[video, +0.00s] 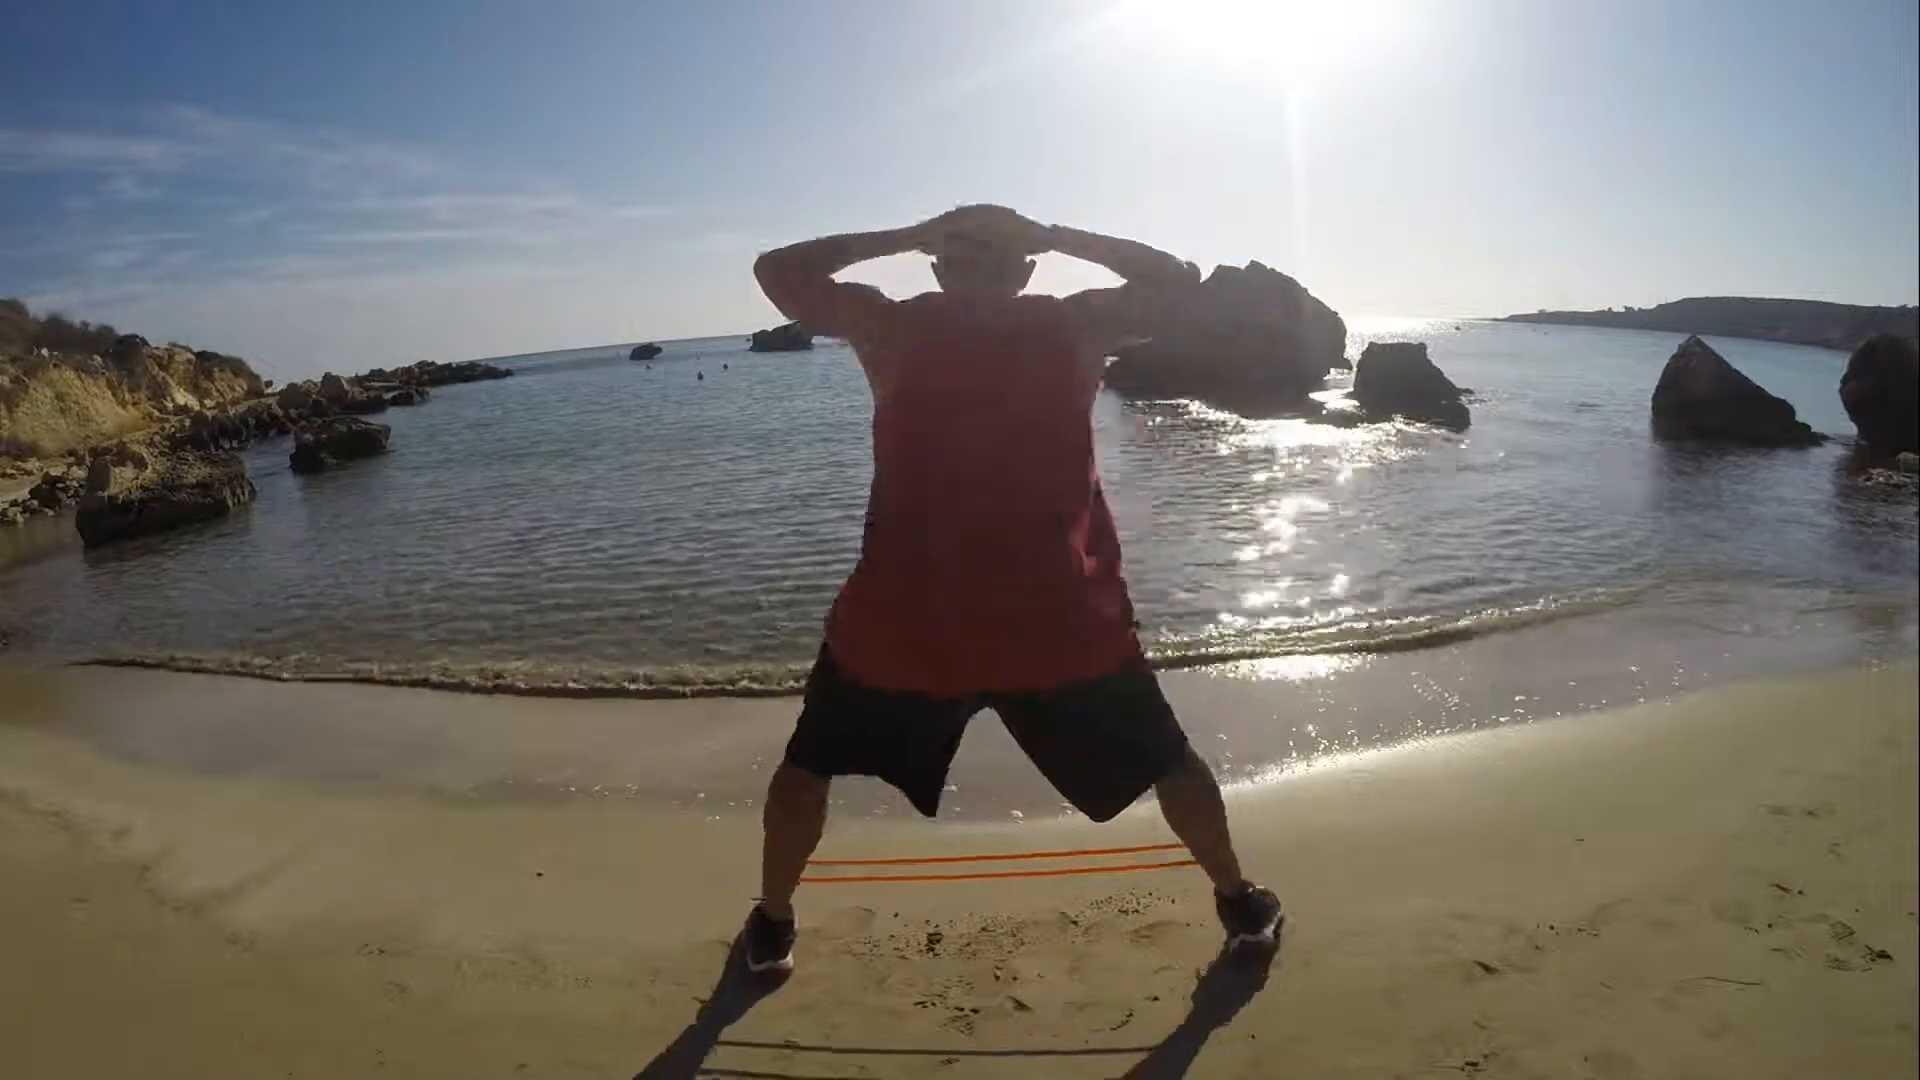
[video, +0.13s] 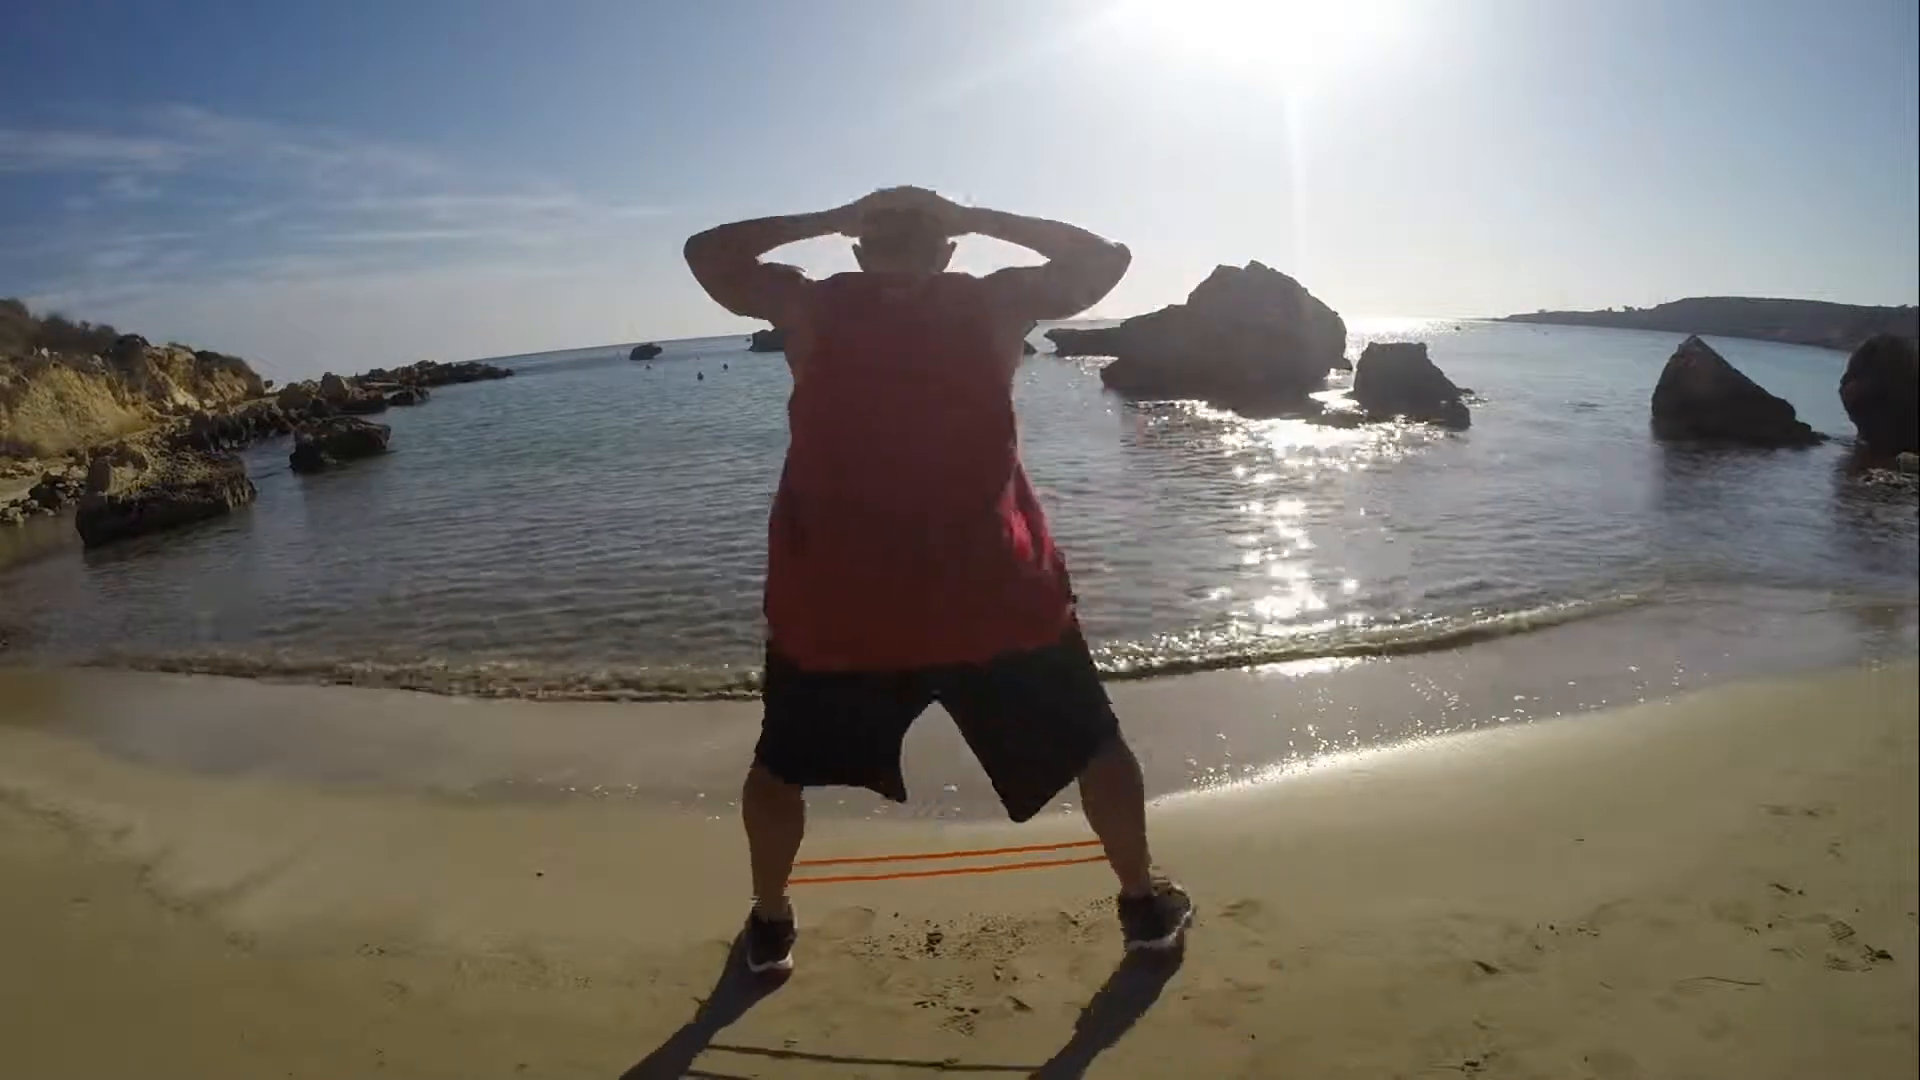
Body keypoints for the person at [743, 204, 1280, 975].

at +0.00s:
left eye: (961, 247)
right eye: (999, 247)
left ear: (942, 260)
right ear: (1025, 263)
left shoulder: (891, 327)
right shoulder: (1072, 325)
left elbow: (779, 269)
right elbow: (1179, 279)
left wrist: (908, 236)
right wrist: (1057, 236)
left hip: (907, 607)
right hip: (1055, 607)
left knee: (807, 764)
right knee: (1169, 758)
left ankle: (769, 926)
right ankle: (1238, 903)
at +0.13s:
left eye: (880, 220)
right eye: (925, 220)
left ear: (860, 244)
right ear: (946, 244)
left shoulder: (809, 306)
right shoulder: (991, 303)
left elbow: (708, 251)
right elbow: (1102, 257)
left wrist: (830, 220)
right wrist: (974, 217)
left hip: (833, 585)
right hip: (985, 575)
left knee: (779, 761)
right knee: (1094, 739)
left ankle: (768, 925)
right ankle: (1141, 900)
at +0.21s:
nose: (866, 227)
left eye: (857, 218)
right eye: (875, 218)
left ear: (824, 241)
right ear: (914, 242)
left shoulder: (776, 304)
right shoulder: (961, 297)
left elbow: (676, 253)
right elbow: (1070, 247)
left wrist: (797, 218)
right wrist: (941, 211)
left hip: (809, 591)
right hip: (956, 583)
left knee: (767, 771)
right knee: (1025, 754)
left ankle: (764, 923)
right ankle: (1033, 910)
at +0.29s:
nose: (837, 230)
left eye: (843, 220)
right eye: (832, 219)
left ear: (799, 240)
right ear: (888, 239)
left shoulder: (753, 303)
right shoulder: (937, 293)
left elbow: (658, 258)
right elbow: (1047, 243)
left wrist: (773, 218)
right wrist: (916, 209)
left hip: (784, 594)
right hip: (930, 591)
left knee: (754, 774)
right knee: (961, 767)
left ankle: (763, 922)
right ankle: (940, 909)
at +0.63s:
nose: (812, 245)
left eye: (805, 235)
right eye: (824, 232)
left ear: (777, 252)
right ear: (863, 248)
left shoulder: (733, 318)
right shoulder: (913, 301)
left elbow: (641, 281)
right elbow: (1020, 246)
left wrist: (749, 232)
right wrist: (886, 217)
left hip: (782, 588)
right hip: (926, 577)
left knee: (768, 764)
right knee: (1002, 733)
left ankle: (764, 923)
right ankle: (1008, 899)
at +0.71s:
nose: (823, 246)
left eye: (816, 233)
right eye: (834, 230)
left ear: (787, 250)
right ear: (872, 246)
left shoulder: (746, 318)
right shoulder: (922, 297)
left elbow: (652, 282)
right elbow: (1031, 237)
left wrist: (759, 232)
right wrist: (893, 212)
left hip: (806, 585)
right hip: (955, 568)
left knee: (776, 755)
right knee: (1064, 725)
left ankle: (767, 920)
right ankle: (1120, 884)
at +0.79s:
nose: (857, 241)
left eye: (839, 235)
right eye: (866, 233)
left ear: (808, 256)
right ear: (892, 248)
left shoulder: (771, 321)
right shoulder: (950, 296)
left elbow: (672, 284)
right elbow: (1055, 235)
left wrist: (780, 235)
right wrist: (917, 215)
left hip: (837, 588)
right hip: (986, 570)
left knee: (785, 758)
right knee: (1121, 725)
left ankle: (771, 922)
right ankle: (1205, 871)